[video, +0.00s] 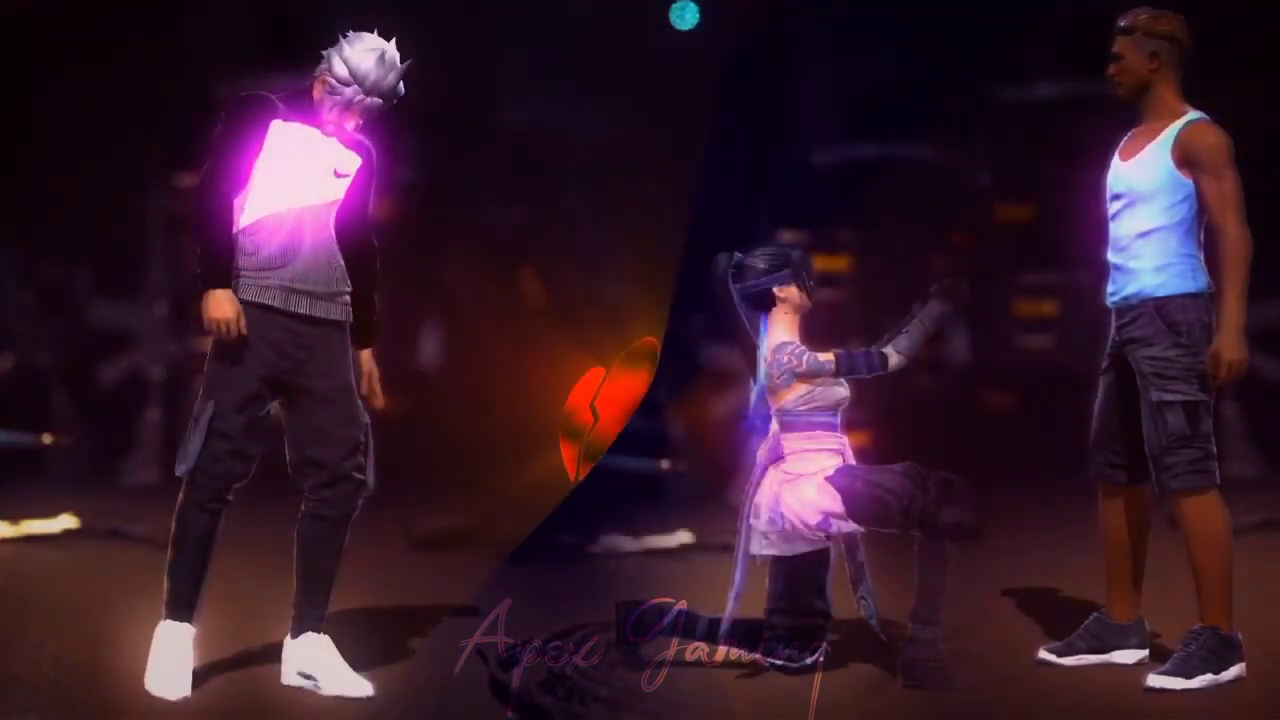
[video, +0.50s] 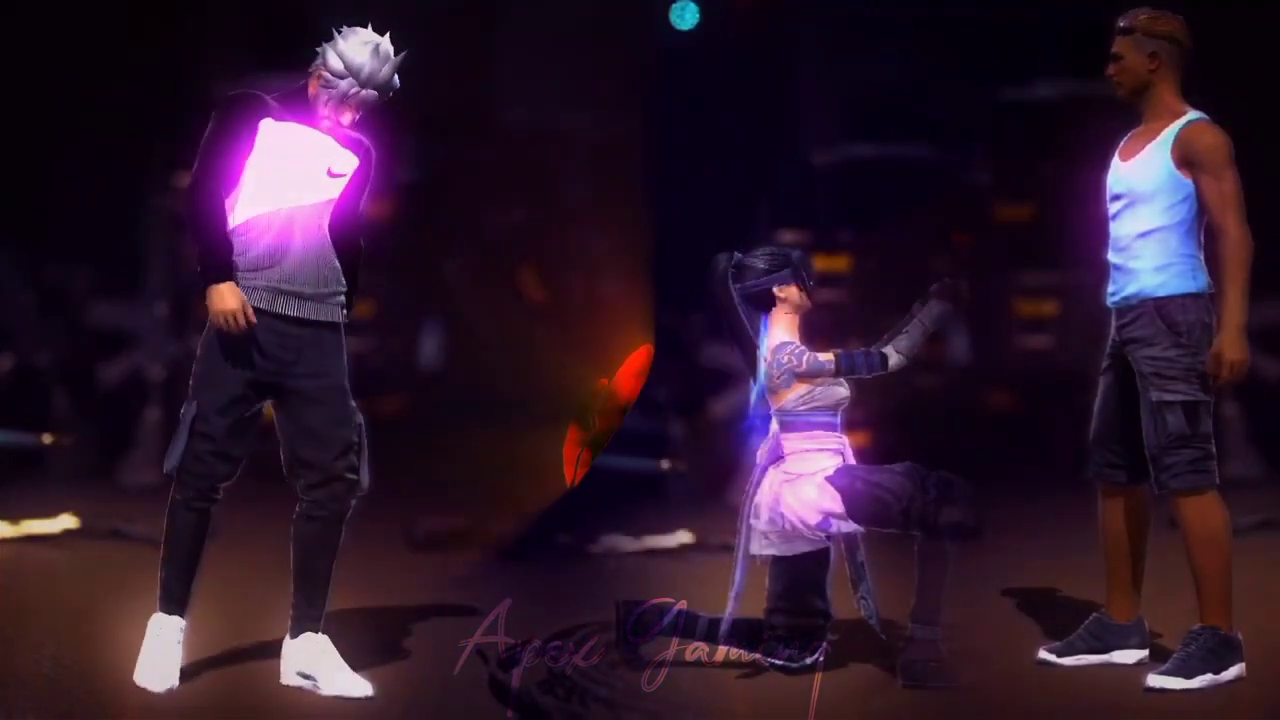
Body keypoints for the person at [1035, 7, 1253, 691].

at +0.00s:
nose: (1111, 67)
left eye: (1120, 57)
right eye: (1111, 57)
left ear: (1157, 62)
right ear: (1141, 64)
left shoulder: (1199, 135)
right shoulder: (1132, 140)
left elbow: (1234, 235)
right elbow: (1136, 240)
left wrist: (1230, 329)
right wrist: (1119, 321)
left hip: (1172, 320)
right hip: (1126, 322)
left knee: (1189, 477)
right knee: (1117, 472)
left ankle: (1216, 636)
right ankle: (1121, 622)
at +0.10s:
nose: (1111, 67)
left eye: (1120, 58)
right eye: (1111, 58)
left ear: (1157, 62)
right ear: (1140, 65)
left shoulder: (1199, 135)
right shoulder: (1132, 140)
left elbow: (1234, 235)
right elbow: (1136, 240)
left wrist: (1230, 329)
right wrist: (1119, 321)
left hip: (1172, 320)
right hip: (1125, 323)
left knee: (1189, 477)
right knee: (1116, 471)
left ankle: (1217, 636)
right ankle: (1120, 622)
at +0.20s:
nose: (1110, 67)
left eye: (1120, 57)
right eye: (1111, 58)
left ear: (1157, 62)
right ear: (1141, 65)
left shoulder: (1198, 135)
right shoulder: (1132, 141)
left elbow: (1234, 235)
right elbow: (1136, 241)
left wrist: (1231, 330)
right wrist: (1119, 323)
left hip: (1173, 321)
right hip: (1126, 323)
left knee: (1188, 477)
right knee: (1117, 471)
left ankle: (1216, 635)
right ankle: (1120, 622)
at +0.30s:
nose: (1110, 68)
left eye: (1120, 57)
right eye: (1111, 58)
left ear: (1157, 62)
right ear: (1141, 65)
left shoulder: (1198, 135)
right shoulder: (1132, 141)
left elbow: (1234, 235)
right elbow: (1137, 241)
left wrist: (1231, 330)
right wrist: (1119, 322)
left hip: (1173, 321)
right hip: (1126, 324)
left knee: (1188, 478)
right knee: (1117, 472)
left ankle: (1216, 636)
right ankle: (1120, 623)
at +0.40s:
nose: (1110, 68)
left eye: (1120, 57)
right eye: (1111, 58)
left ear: (1157, 62)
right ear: (1141, 65)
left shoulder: (1198, 135)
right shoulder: (1132, 141)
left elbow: (1233, 234)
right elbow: (1137, 241)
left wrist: (1232, 330)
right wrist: (1119, 322)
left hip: (1173, 321)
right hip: (1125, 324)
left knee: (1188, 478)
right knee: (1116, 472)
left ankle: (1216, 636)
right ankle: (1120, 623)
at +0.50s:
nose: (1110, 68)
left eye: (1120, 57)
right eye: (1111, 58)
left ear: (1157, 62)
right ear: (1141, 65)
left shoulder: (1198, 135)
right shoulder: (1132, 141)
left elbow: (1234, 234)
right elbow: (1137, 241)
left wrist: (1232, 330)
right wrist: (1119, 322)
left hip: (1173, 321)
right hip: (1125, 324)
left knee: (1188, 478)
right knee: (1116, 472)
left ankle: (1216, 636)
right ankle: (1120, 623)